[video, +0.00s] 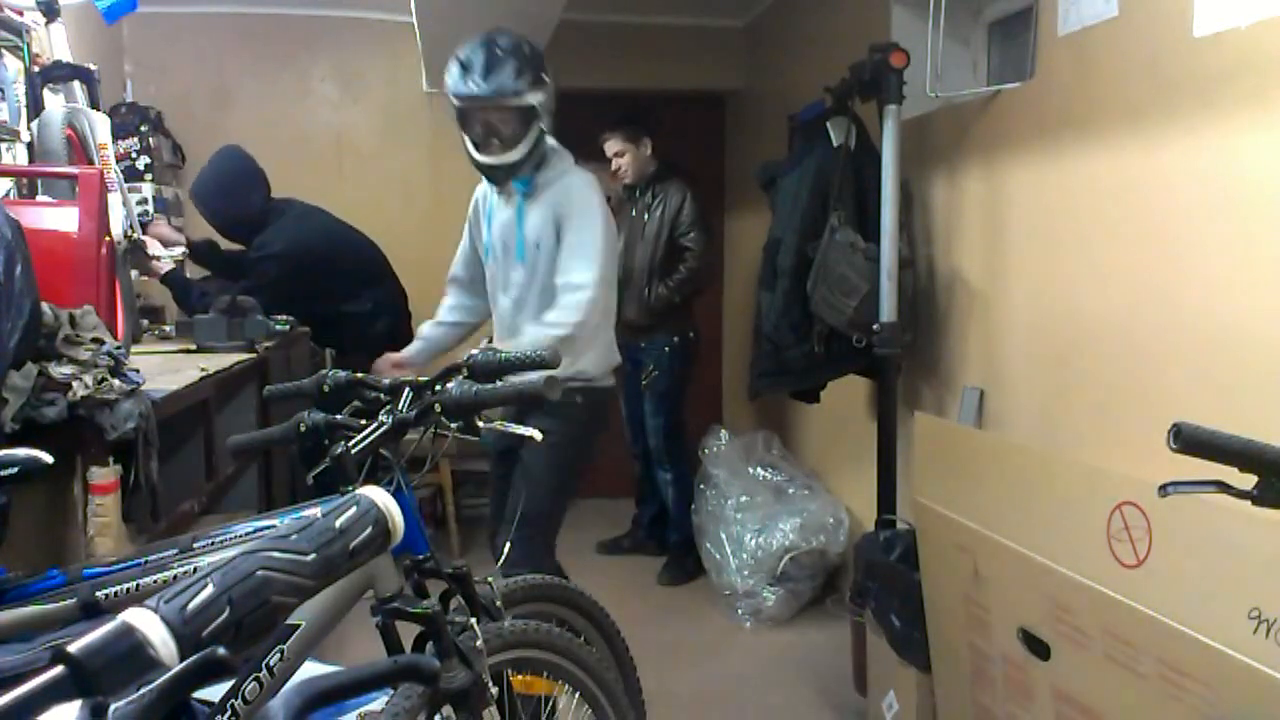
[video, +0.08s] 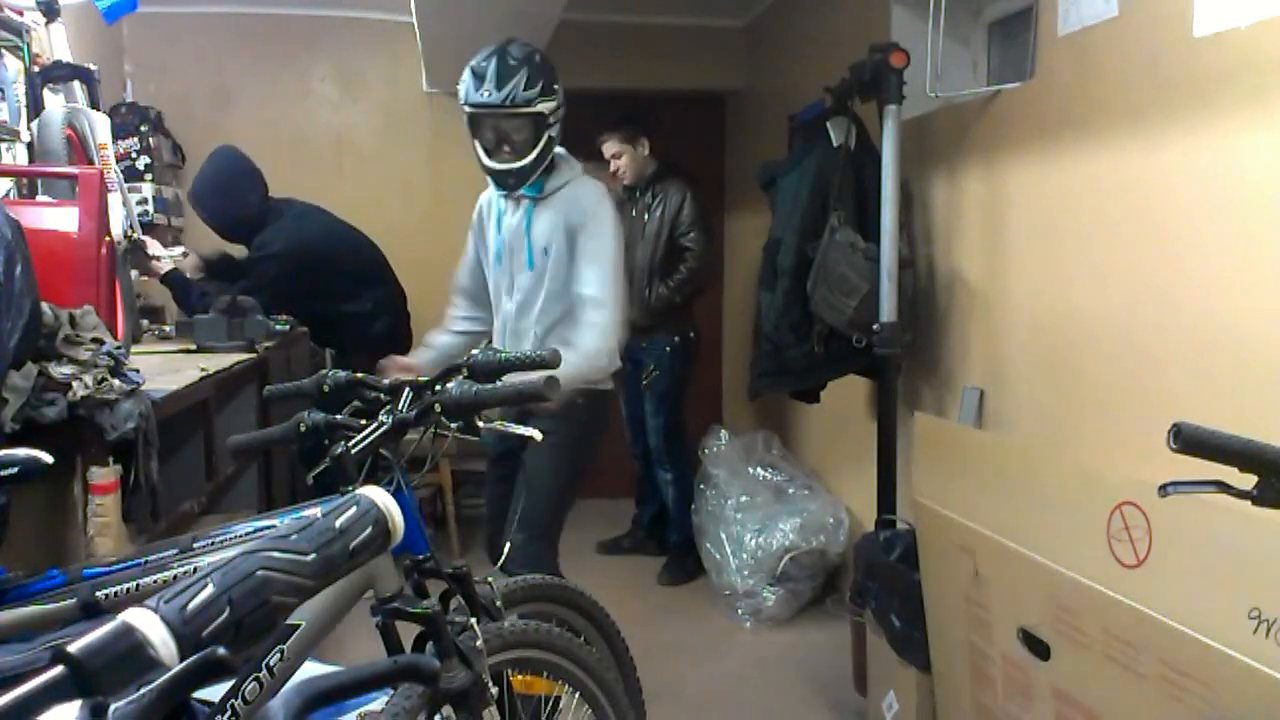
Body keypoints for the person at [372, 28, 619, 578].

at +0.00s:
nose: (492, 135)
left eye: (505, 121)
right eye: (478, 122)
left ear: (538, 112)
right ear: (462, 122)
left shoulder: (575, 191)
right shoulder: (488, 197)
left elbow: (581, 308)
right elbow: (467, 299)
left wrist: (503, 362)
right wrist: (412, 357)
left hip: (573, 387)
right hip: (514, 386)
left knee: (524, 551)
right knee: (510, 546)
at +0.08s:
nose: (503, 145)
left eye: (516, 130)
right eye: (489, 131)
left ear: (549, 122)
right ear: (473, 130)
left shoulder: (586, 200)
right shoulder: (490, 206)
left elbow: (604, 325)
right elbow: (469, 313)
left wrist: (557, 381)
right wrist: (419, 361)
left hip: (569, 397)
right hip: (503, 395)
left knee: (527, 551)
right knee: (501, 547)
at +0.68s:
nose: (516, 125)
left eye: (523, 109)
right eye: (517, 110)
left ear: (560, 108)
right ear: (564, 111)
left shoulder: (606, 206)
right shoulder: (563, 201)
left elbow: (589, 341)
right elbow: (530, 317)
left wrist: (492, 364)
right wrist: (476, 335)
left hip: (567, 412)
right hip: (533, 405)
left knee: (526, 561)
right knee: (500, 543)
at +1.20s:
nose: (533, 123)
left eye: (534, 105)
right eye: (531, 106)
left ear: (556, 103)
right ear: (618, 100)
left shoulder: (585, 200)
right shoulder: (643, 196)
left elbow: (529, 326)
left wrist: (440, 377)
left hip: (567, 426)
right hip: (612, 419)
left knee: (526, 574)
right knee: (554, 560)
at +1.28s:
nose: (530, 114)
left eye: (531, 99)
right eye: (528, 98)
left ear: (551, 97)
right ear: (620, 94)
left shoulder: (578, 192)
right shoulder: (655, 193)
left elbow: (566, 331)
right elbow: (661, 315)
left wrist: (497, 430)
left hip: (565, 414)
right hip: (610, 409)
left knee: (539, 552)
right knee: (554, 540)